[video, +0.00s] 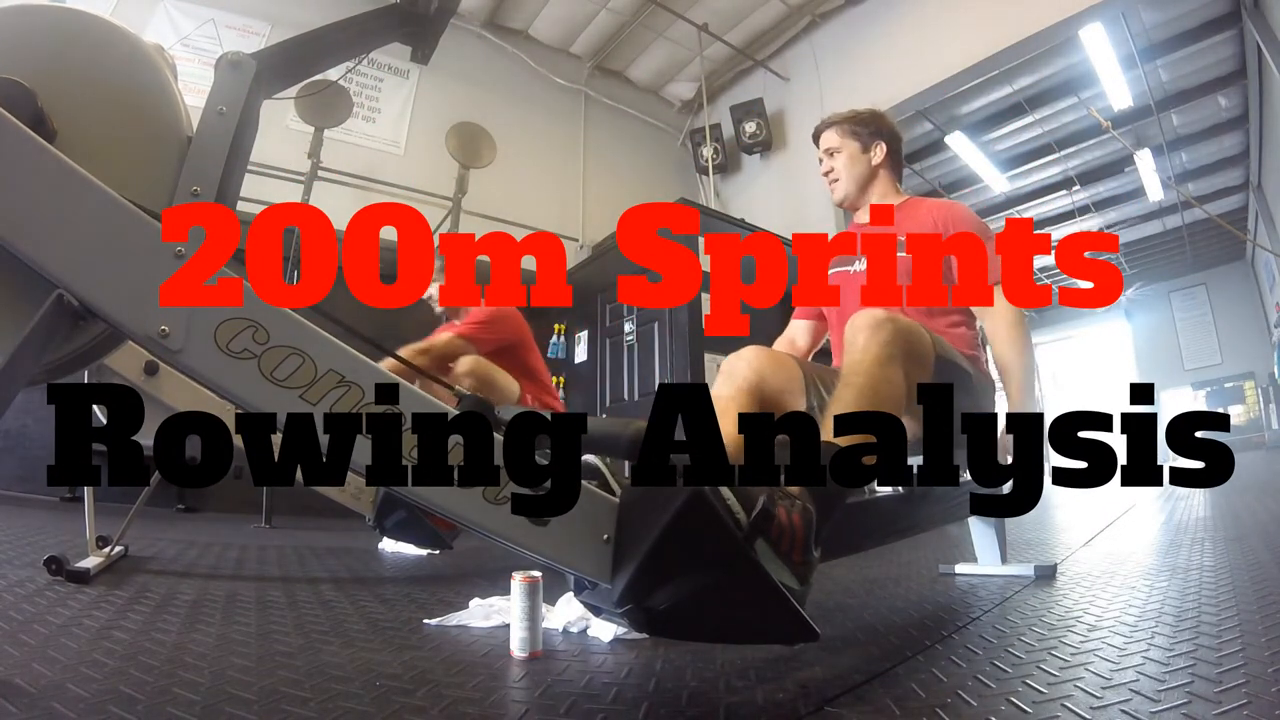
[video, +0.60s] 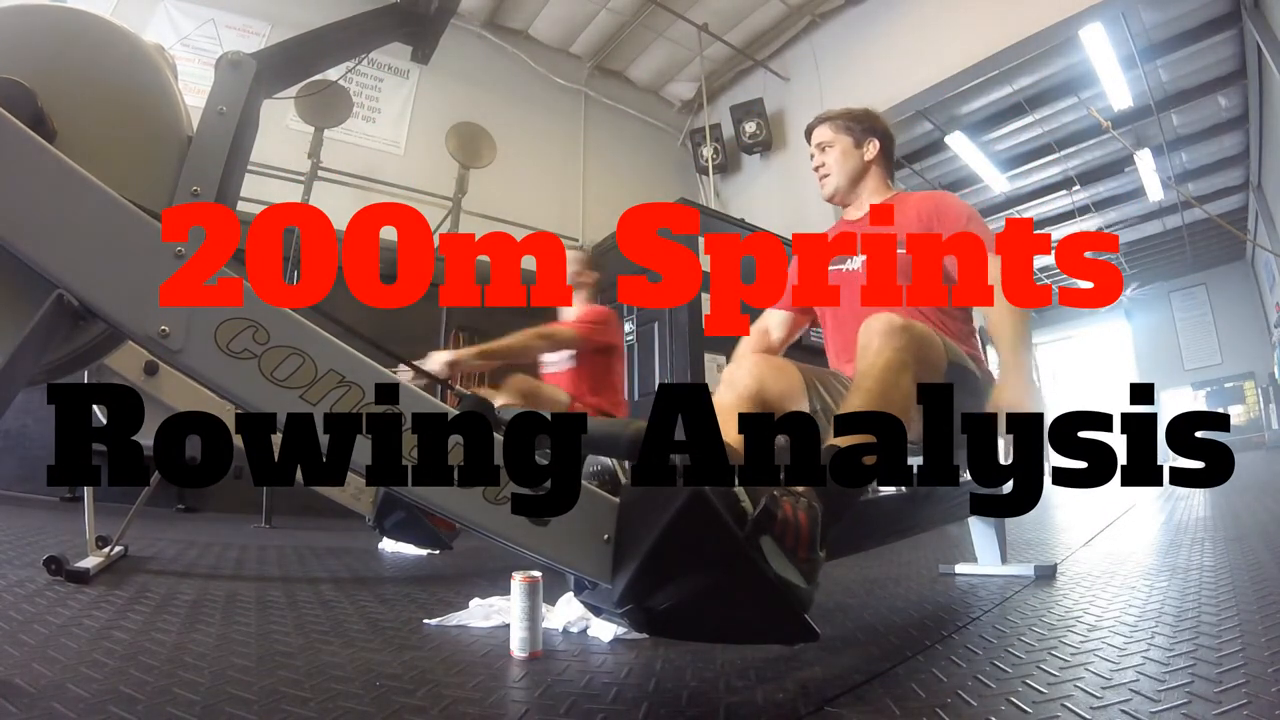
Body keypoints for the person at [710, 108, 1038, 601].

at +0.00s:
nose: (823, 168)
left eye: (834, 153)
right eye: (820, 160)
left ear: (877, 152)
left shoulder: (946, 217)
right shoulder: (834, 251)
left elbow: (1001, 312)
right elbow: (796, 340)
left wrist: (1021, 414)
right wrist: (754, 399)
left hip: (954, 394)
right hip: (856, 396)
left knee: (874, 327)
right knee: (744, 366)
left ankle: (804, 515)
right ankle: (713, 521)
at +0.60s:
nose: (815, 162)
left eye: (826, 148)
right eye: (812, 155)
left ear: (870, 150)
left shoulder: (937, 210)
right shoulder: (820, 249)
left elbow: (999, 289)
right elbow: (768, 333)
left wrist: (1015, 381)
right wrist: (729, 388)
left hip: (954, 390)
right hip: (856, 394)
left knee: (885, 330)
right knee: (750, 370)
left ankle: (813, 506)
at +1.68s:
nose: (678, 112)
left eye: (694, 92)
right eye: (670, 106)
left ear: (754, 96)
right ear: (669, 128)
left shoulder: (812, 150)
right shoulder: (685, 219)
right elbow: (601, 296)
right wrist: (505, 387)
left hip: (833, 391)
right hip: (739, 393)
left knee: (847, 258)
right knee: (655, 305)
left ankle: (807, 496)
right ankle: (612, 475)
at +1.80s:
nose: (685, 107)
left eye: (702, 87)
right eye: (677, 104)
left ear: (762, 96)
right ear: (679, 133)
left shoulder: (818, 148)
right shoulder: (691, 214)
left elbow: (788, 220)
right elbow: (606, 287)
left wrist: (669, 351)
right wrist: (516, 377)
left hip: (831, 391)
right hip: (737, 393)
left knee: (848, 264)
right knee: (655, 304)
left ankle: (806, 500)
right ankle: (641, 489)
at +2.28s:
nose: (798, 122)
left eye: (813, 108)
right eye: (789, 119)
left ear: (856, 118)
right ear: (784, 140)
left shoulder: (904, 164)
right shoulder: (789, 217)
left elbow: (884, 191)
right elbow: (728, 279)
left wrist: (808, 189)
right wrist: (730, 215)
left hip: (901, 370)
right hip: (811, 371)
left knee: (870, 275)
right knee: (700, 337)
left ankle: (823, 468)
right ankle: (685, 481)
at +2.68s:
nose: (883, 176)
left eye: (897, 165)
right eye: (873, 171)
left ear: (927, 173)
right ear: (867, 188)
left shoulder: (965, 215)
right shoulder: (855, 253)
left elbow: (961, 229)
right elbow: (798, 280)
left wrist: (910, 220)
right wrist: (740, 288)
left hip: (958, 381)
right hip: (868, 383)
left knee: (903, 362)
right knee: (768, 395)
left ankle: (809, 511)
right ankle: (683, 497)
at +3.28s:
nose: (904, 198)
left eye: (915, 187)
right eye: (894, 195)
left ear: (943, 196)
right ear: (888, 212)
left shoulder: (987, 249)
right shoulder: (876, 280)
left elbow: (1055, 308)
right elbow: (841, 352)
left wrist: (1009, 266)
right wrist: (821, 331)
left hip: (958, 372)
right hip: (882, 385)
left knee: (916, 437)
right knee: (823, 442)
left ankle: (818, 525)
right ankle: (739, 490)